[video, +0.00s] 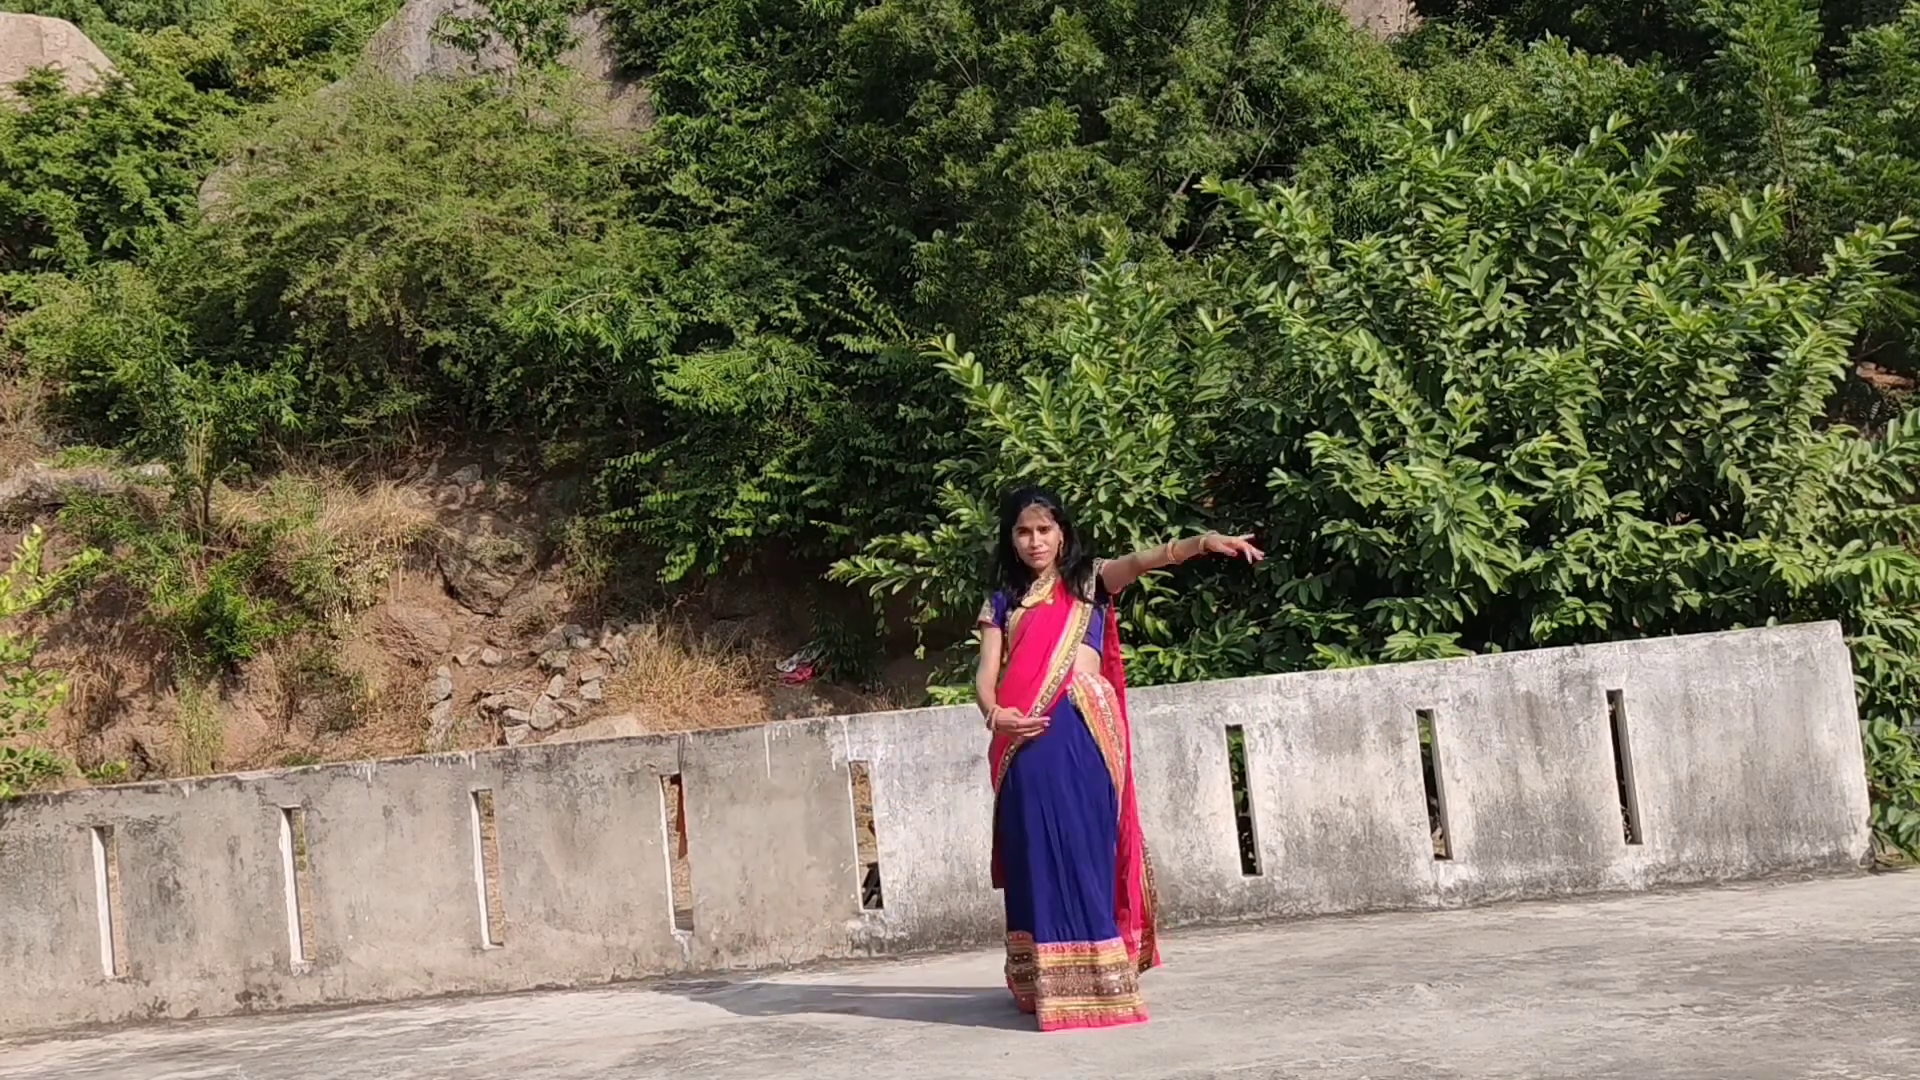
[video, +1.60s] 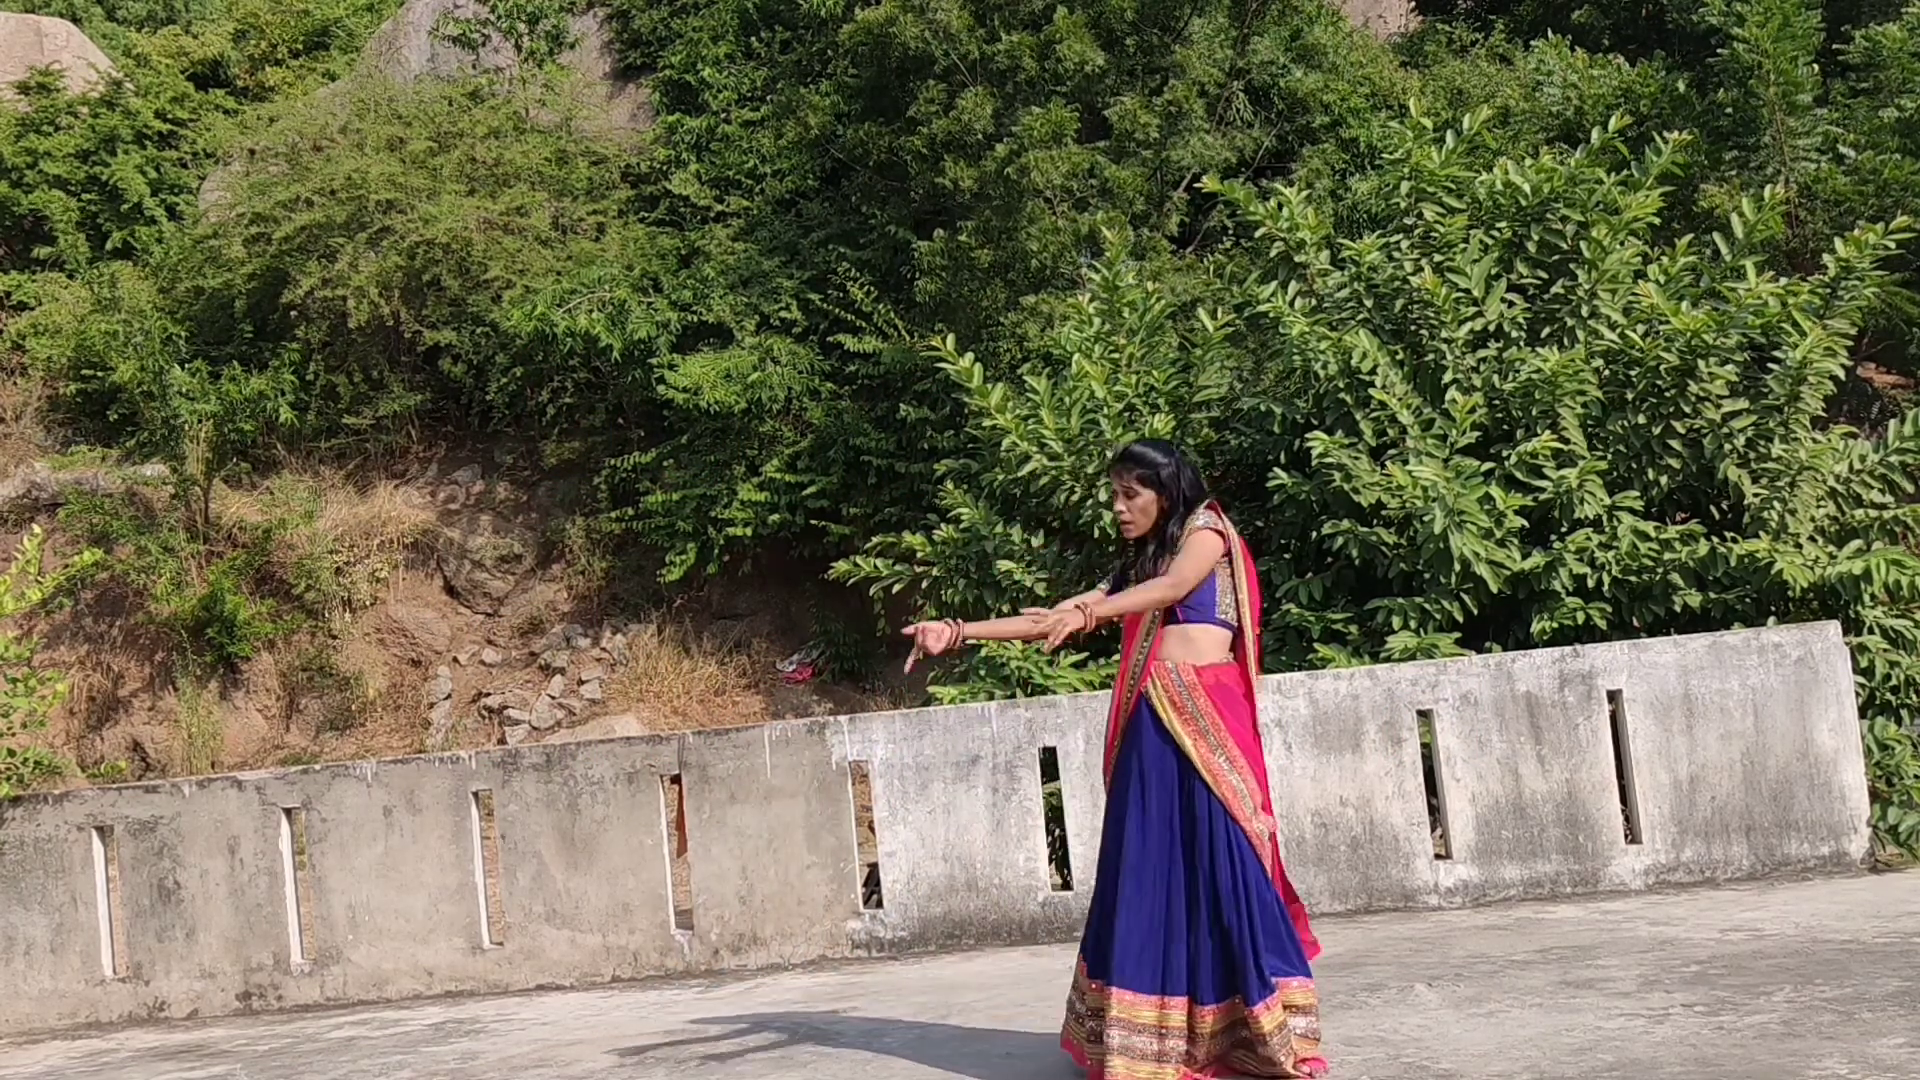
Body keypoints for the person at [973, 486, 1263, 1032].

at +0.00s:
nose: (1035, 540)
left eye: (1044, 529)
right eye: (1024, 531)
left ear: (1062, 534)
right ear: (1011, 540)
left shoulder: (1090, 579)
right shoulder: (1001, 604)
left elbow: (1145, 559)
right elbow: (986, 674)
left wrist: (1206, 542)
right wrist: (994, 714)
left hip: (1084, 734)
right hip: (1025, 740)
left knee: (1086, 855)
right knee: (1037, 860)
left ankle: (1100, 983)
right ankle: (1051, 988)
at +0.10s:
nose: (1038, 529)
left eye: (1049, 518)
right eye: (1028, 519)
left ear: (1066, 526)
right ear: (1015, 529)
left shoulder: (1093, 576)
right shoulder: (1003, 596)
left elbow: (1160, 596)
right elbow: (1006, 674)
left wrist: (1228, 617)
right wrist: (1026, 741)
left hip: (1097, 735)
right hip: (1035, 739)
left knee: (1105, 854)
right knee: (1040, 859)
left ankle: (1106, 982)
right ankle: (1053, 989)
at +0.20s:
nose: (1043, 515)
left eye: (1054, 506)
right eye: (1034, 505)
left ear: (1072, 516)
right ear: (1018, 513)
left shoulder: (1093, 575)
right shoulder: (1005, 585)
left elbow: (1151, 629)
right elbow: (1012, 669)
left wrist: (1210, 682)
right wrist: (1041, 745)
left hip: (1102, 726)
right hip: (1043, 732)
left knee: (1113, 850)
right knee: (1042, 857)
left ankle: (1122, 987)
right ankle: (1049, 994)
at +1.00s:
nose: (1084, 483)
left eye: (1096, 475)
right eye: (1073, 477)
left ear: (1120, 493)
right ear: (1061, 497)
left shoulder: (1143, 560)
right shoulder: (1044, 567)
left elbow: (1185, 635)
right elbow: (994, 635)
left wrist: (1232, 697)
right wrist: (1016, 690)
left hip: (1143, 746)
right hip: (1071, 751)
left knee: (1161, 881)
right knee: (1088, 888)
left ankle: (1169, 1031)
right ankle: (1109, 1037)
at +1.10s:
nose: (1075, 481)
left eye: (1088, 472)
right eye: (1067, 475)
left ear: (1117, 489)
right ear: (1059, 495)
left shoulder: (1150, 551)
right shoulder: (1050, 564)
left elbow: (1188, 634)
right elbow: (975, 625)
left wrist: (1222, 709)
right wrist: (1018, 627)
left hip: (1143, 729)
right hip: (1077, 736)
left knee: (1148, 875)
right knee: (1095, 879)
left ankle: (1164, 1028)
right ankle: (1109, 1032)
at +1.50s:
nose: (1102, 504)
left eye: (1116, 493)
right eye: (1100, 493)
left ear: (1153, 497)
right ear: (1104, 502)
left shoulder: (1192, 538)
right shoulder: (1118, 579)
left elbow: (1192, 599)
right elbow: (1035, 636)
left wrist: (1157, 645)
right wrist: (970, 590)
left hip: (1186, 732)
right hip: (1127, 736)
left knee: (1203, 878)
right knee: (1125, 881)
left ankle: (1262, 1039)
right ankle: (1143, 1047)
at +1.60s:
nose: (1120, 506)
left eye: (1132, 493)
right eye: (1116, 495)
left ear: (1169, 491)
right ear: (1123, 501)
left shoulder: (1207, 528)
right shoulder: (1141, 568)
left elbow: (1172, 587)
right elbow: (1060, 618)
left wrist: (1090, 611)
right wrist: (962, 629)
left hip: (1209, 721)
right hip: (1151, 726)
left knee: (1225, 873)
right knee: (1143, 877)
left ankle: (1253, 1040)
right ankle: (1147, 1045)